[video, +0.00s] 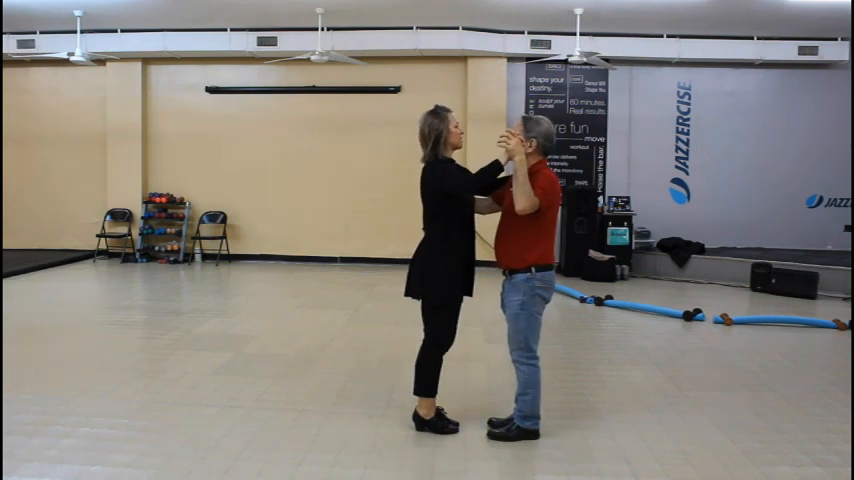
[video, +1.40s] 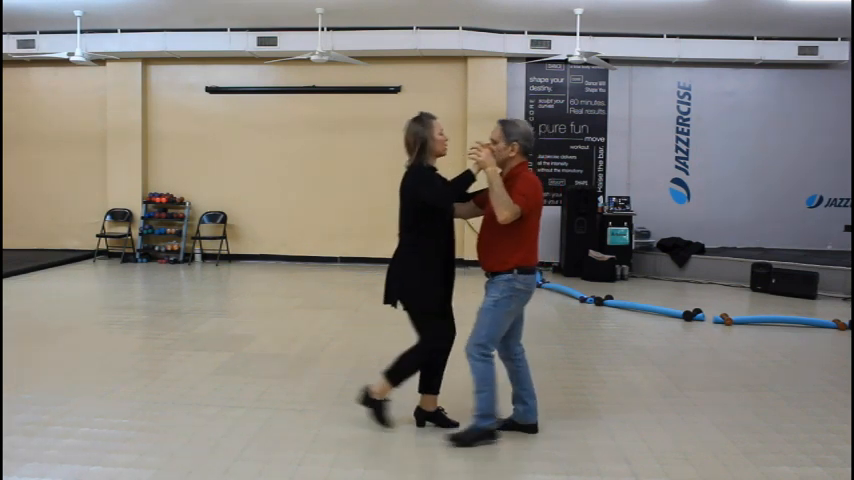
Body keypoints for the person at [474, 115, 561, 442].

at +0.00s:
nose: (509, 139)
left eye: (514, 135)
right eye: (510, 134)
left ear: (530, 144)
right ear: (529, 145)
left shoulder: (545, 178)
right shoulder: (520, 179)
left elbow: (524, 205)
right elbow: (484, 205)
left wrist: (518, 160)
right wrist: (450, 193)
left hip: (532, 277)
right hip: (517, 276)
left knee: (525, 354)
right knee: (520, 353)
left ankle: (527, 423)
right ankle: (522, 416)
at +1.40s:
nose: (487, 148)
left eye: (494, 143)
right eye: (489, 142)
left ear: (513, 149)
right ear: (509, 149)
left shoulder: (527, 181)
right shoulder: (505, 181)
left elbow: (506, 214)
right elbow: (465, 209)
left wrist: (491, 171)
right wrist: (431, 201)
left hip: (514, 278)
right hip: (504, 277)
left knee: (478, 347)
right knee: (510, 347)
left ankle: (484, 424)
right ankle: (525, 416)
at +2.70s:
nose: (510, 143)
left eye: (516, 139)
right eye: (511, 138)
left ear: (533, 146)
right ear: (530, 146)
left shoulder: (549, 180)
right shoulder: (527, 179)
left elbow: (524, 210)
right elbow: (488, 206)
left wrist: (514, 165)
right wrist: (452, 198)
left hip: (543, 278)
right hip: (531, 276)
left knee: (524, 353)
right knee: (531, 347)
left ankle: (527, 426)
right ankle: (557, 407)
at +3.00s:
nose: (533, 156)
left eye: (538, 152)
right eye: (534, 151)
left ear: (558, 156)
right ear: (556, 156)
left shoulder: (577, 186)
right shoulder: (547, 185)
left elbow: (560, 223)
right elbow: (514, 212)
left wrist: (547, 177)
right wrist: (481, 201)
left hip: (569, 283)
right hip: (565, 281)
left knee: (534, 351)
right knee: (582, 346)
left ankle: (528, 425)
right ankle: (607, 411)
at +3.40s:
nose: (536, 153)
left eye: (542, 148)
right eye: (537, 147)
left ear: (562, 153)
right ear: (558, 152)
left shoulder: (579, 183)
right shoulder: (547, 184)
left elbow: (567, 218)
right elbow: (516, 212)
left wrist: (553, 174)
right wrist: (483, 204)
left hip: (573, 279)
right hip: (567, 277)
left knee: (545, 351)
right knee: (587, 346)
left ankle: (540, 425)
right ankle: (608, 411)